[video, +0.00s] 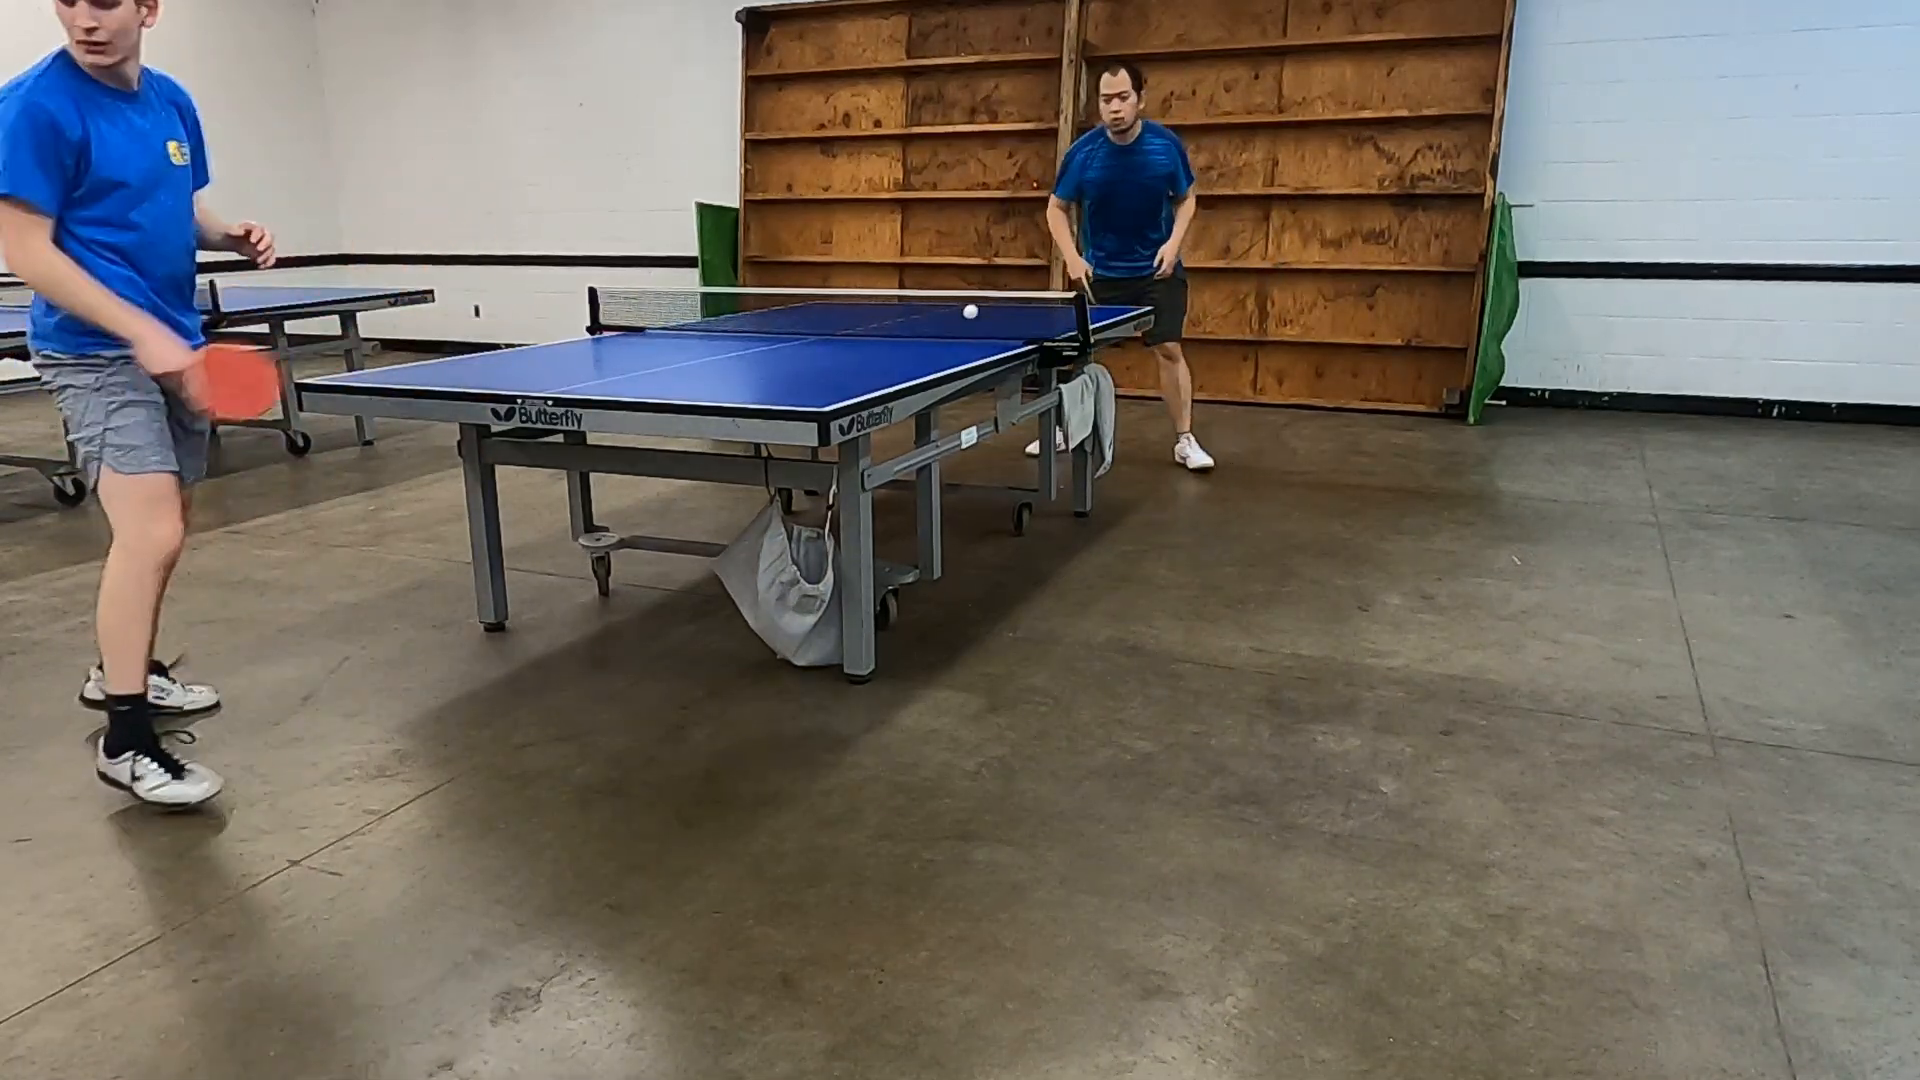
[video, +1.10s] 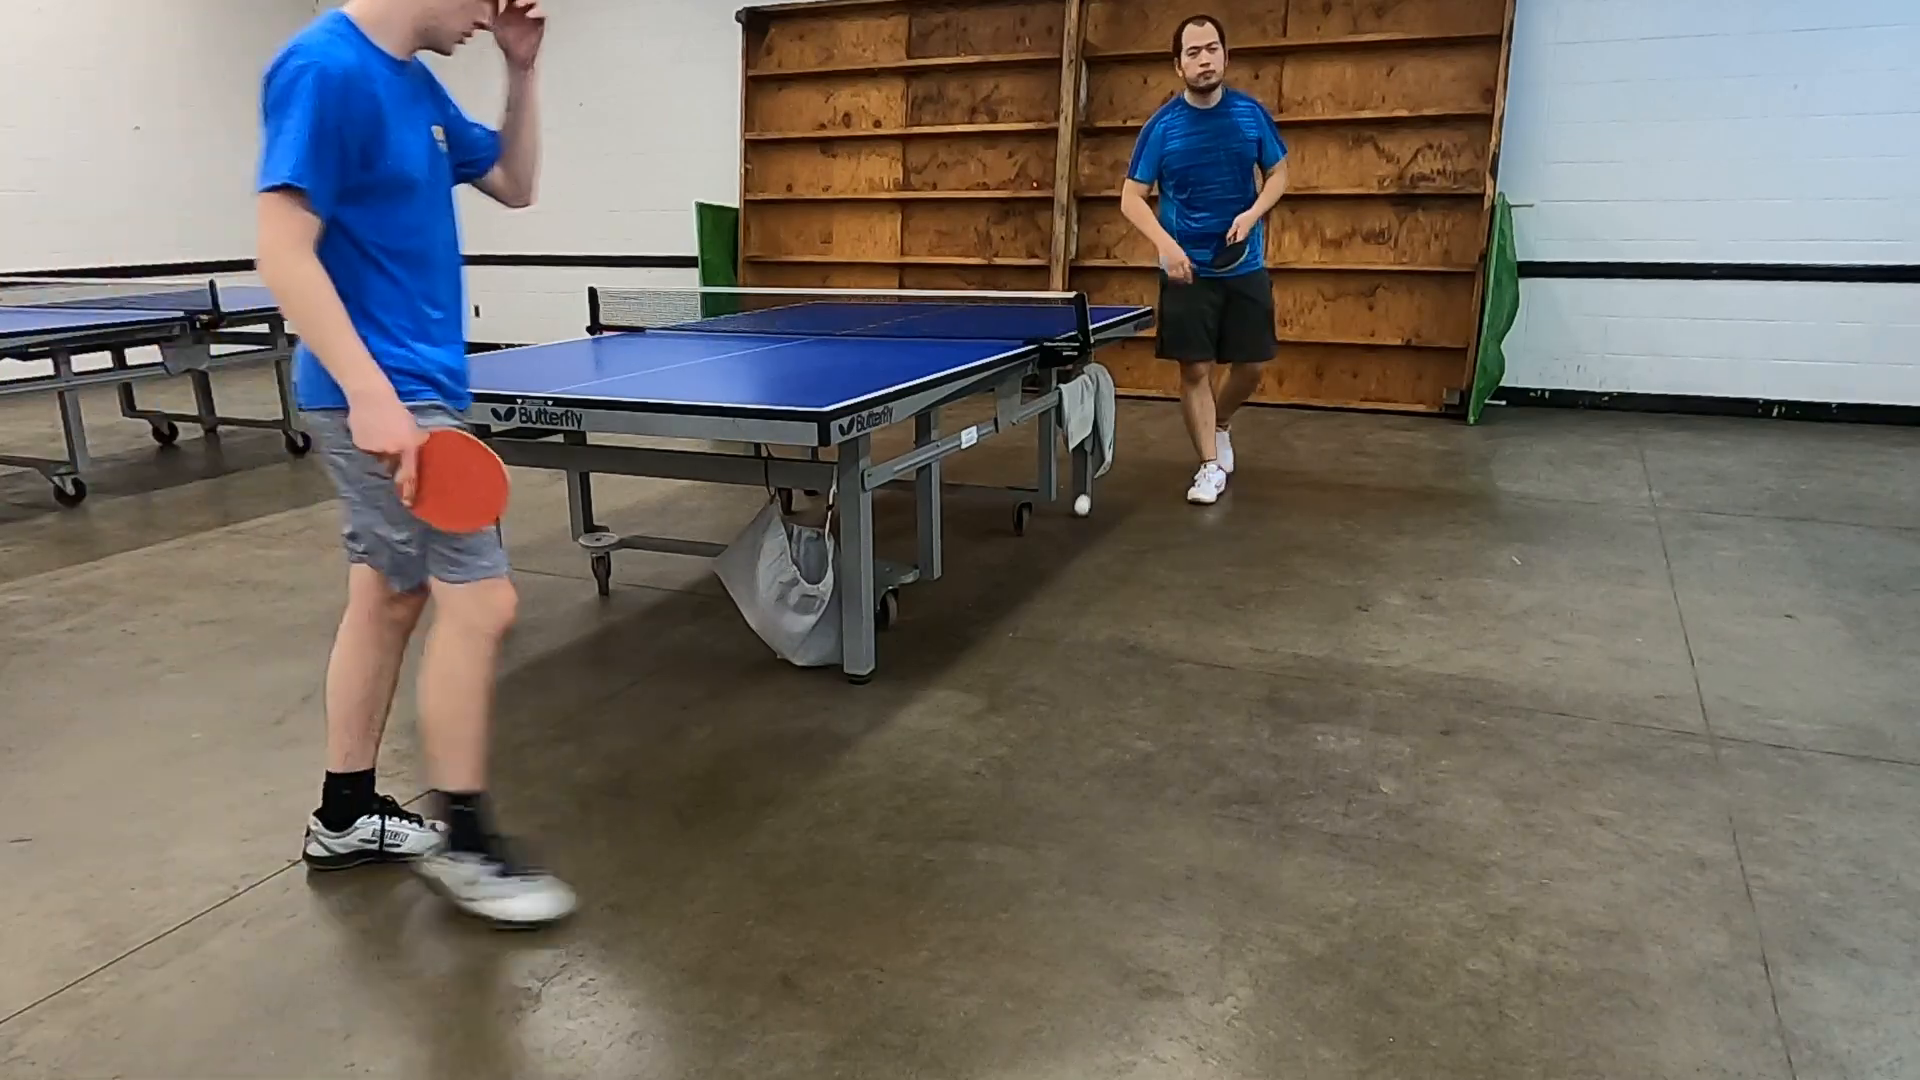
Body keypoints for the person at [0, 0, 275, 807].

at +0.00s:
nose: (85, 19)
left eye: (106, 2)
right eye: (70, 3)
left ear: (148, 10)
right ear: (55, 9)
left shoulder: (172, 102)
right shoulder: (37, 106)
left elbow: (177, 211)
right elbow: (23, 248)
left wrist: (229, 232)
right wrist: (142, 328)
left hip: (170, 342)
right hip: (93, 351)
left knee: (160, 526)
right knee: (150, 534)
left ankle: (126, 670)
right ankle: (126, 743)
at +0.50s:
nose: (178, 7)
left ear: (124, 1)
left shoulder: (165, 78)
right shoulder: (13, 94)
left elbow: (189, 183)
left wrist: (223, 256)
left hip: (188, 379)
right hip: (71, 398)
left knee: (259, 555)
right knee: (78, 594)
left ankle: (225, 712)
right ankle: (88, 784)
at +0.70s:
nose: (270, 10)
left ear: (204, 6)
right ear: (194, 1)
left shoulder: (234, 95)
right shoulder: (83, 105)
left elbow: (228, 226)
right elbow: (31, 274)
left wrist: (288, 286)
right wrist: (49, 427)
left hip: (250, 408)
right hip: (132, 425)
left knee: (289, 593)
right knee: (105, 607)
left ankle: (335, 805)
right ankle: (88, 782)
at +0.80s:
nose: (328, 5)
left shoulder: (281, 92)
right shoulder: (140, 88)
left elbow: (284, 231)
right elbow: (95, 266)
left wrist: (360, 272)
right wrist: (156, 408)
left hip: (304, 404)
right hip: (194, 421)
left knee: (333, 595)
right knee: (175, 621)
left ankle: (341, 810)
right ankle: (90, 753)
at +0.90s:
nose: (375, 6)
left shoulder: (324, 85)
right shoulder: (191, 78)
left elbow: (351, 223)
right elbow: (157, 258)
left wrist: (436, 208)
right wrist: (246, 385)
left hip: (351, 397)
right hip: (255, 405)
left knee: (355, 601)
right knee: (292, 618)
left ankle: (343, 809)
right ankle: (154, 740)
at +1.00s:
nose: (426, 10)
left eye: (428, 0)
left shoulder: (361, 77)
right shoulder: (251, 68)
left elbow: (434, 207)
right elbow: (217, 249)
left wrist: (479, 119)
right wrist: (312, 381)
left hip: (381, 385)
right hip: (308, 393)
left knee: (356, 599)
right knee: (403, 603)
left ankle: (347, 809)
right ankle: (273, 791)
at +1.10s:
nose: (490, 20)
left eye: (493, 10)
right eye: (486, 4)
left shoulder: (413, 82)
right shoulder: (321, 68)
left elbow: (514, 185)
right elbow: (283, 254)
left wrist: (522, 67)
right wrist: (369, 395)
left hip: (424, 388)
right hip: (377, 395)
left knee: (388, 599)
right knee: (482, 605)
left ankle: (346, 813)